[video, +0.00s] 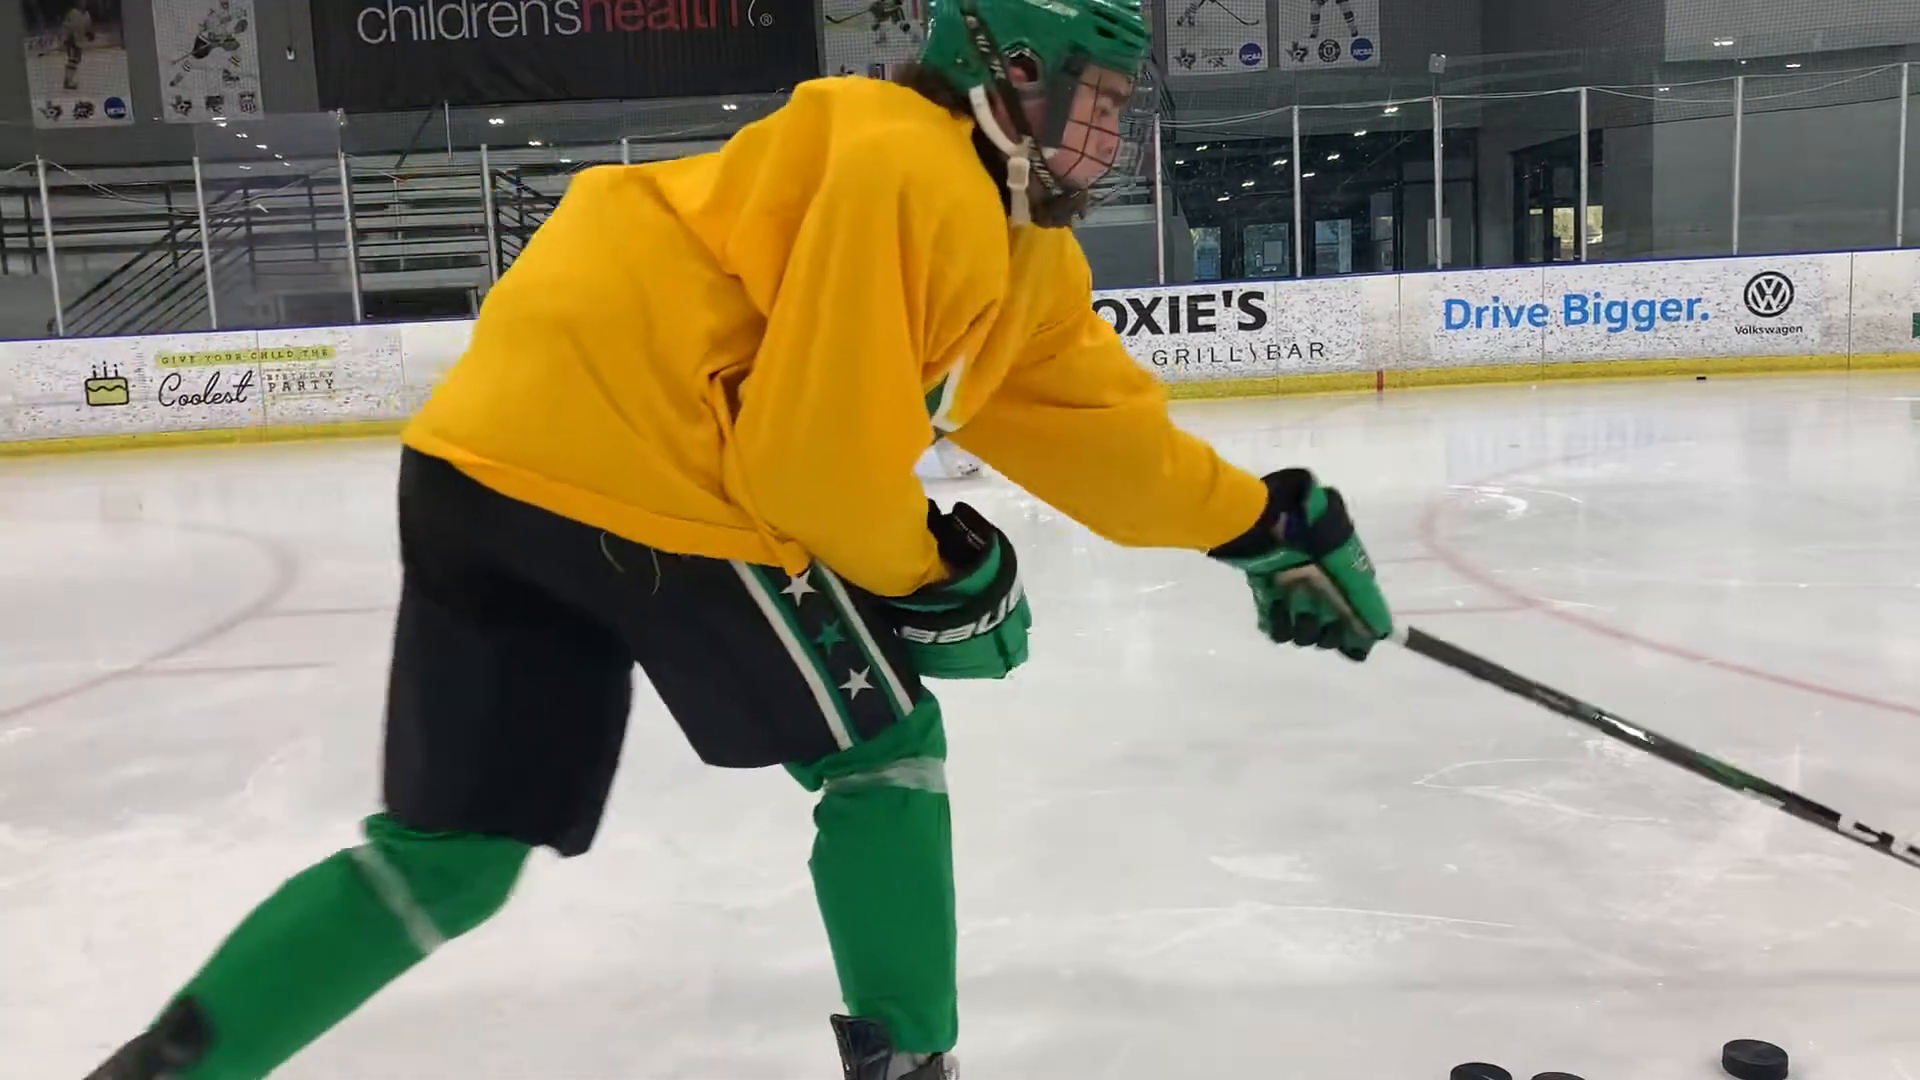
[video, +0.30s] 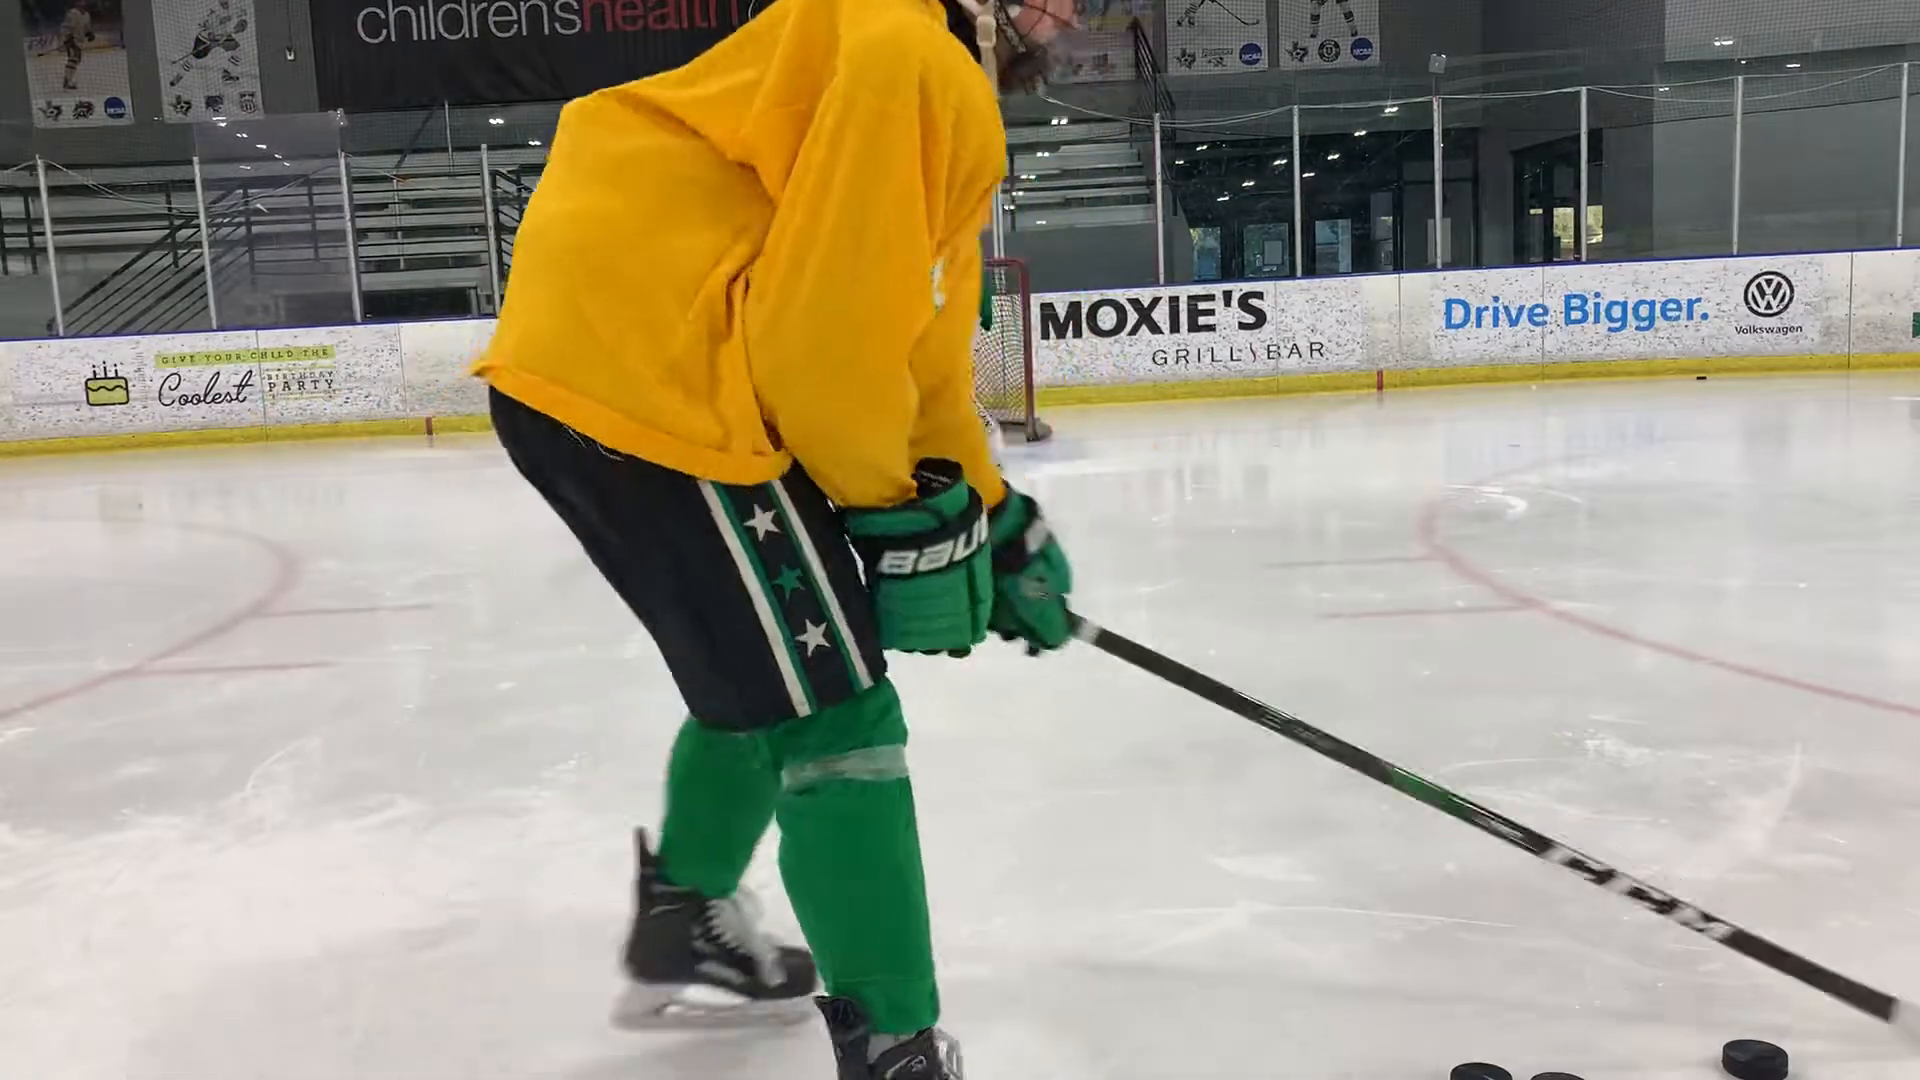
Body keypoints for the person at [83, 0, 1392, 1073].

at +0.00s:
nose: (1114, 135)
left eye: (1123, 105)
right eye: (1093, 97)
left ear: (1056, 104)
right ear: (998, 73)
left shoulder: (1013, 245)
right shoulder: (904, 165)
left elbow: (1087, 419)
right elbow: (809, 459)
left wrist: (1269, 528)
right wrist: (936, 571)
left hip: (483, 452)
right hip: (633, 479)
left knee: (452, 847)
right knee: (881, 745)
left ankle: (169, 1058)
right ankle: (904, 1051)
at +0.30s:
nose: (1066, 17)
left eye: (1073, 9)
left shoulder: (938, 89)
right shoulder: (907, 56)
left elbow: (927, 362)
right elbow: (819, 338)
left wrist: (996, 519)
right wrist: (902, 525)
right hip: (649, 389)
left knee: (756, 670)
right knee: (841, 725)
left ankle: (685, 916)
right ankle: (895, 1053)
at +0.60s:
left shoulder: (762, 25)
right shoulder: (759, 28)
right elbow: (703, 294)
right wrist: (812, 467)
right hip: (582, 393)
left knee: (759, 666)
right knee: (763, 687)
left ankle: (754, 898)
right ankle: (742, 1022)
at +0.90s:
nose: (744, 16)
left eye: (755, 9)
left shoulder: (534, 33)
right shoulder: (640, 84)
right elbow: (601, 338)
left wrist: (627, 477)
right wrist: (650, 513)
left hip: (352, 389)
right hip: (438, 408)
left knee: (493, 675)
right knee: (593, 717)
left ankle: (474, 879)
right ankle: (539, 1033)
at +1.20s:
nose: (551, 28)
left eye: (564, 22)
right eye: (555, 11)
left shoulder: (274, 21)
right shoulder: (468, 113)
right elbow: (420, 391)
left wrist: (372, 475)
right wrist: (455, 531)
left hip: (69, 386)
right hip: (216, 415)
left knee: (212, 702)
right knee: (396, 750)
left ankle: (181, 956)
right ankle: (377, 1061)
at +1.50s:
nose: (344, 15)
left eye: (354, 12)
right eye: (350, 4)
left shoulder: (42, 22)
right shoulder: (244, 99)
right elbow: (207, 416)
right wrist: (329, 540)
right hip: (28, 454)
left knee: (12, 782)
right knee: (154, 798)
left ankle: (0, 1018)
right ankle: (107, 1057)